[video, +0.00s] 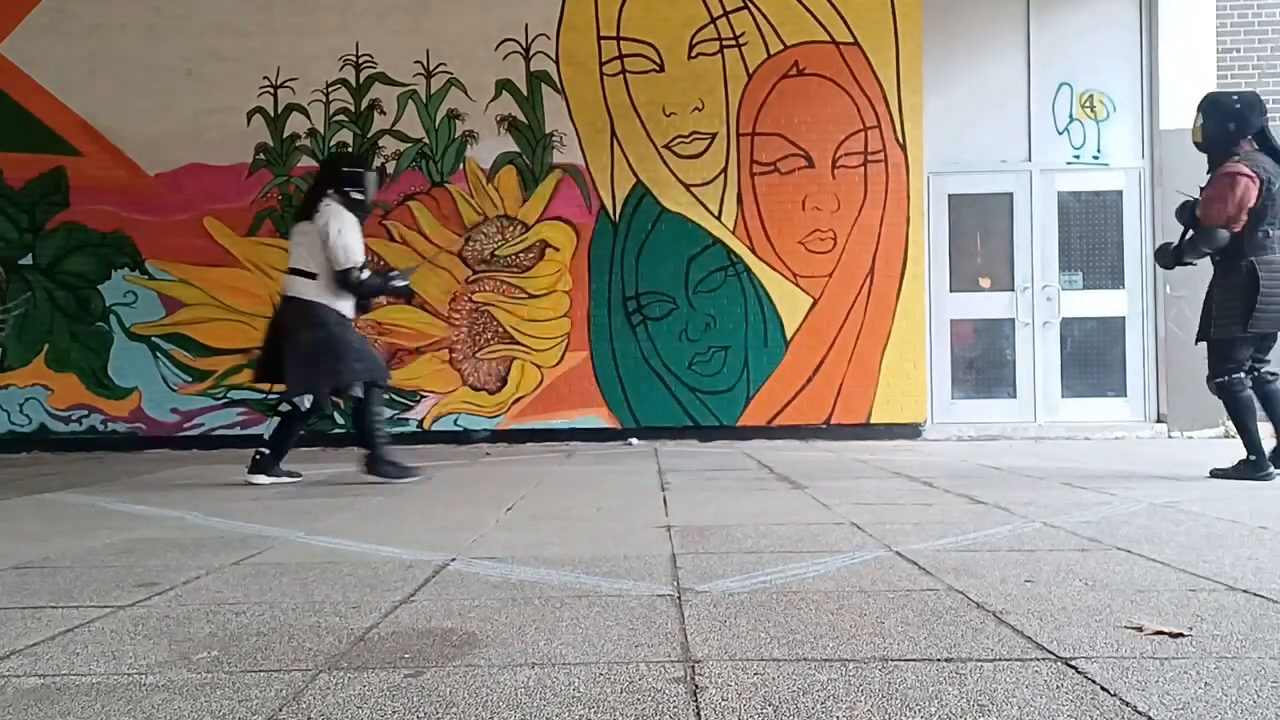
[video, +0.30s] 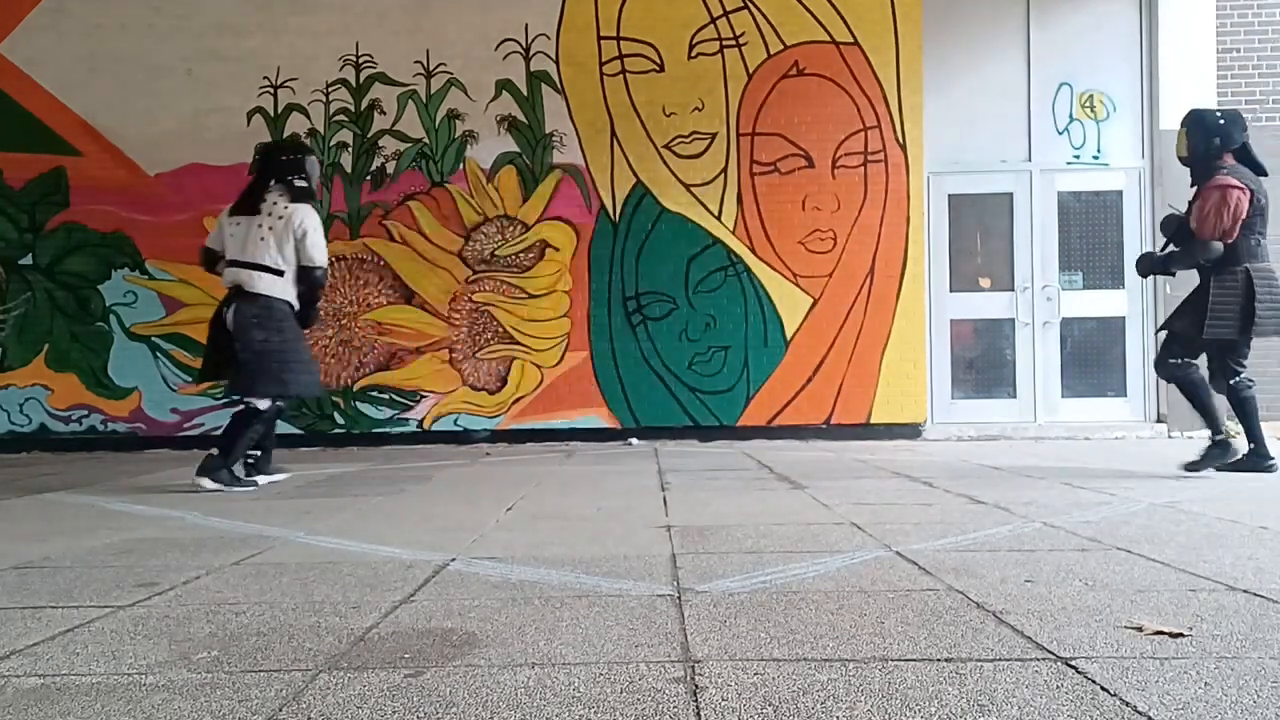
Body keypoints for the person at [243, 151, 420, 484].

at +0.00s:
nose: (368, 193)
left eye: (368, 184)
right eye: (364, 184)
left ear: (330, 185)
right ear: (347, 186)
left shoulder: (308, 220)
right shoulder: (340, 219)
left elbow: (321, 284)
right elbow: (353, 278)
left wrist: (367, 289)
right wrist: (390, 284)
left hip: (293, 318)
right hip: (320, 321)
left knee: (308, 395)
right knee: (372, 374)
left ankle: (266, 462)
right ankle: (378, 457)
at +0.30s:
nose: (315, 179)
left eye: (315, 172)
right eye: (312, 171)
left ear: (266, 171)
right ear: (300, 173)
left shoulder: (240, 206)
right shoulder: (302, 214)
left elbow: (210, 258)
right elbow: (314, 276)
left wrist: (246, 275)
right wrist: (305, 314)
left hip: (234, 308)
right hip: (269, 311)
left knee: (268, 385)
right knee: (265, 394)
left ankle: (259, 462)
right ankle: (219, 466)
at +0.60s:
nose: (278, 176)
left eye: (276, 168)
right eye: (272, 169)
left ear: (228, 172)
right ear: (259, 173)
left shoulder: (206, 209)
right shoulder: (264, 216)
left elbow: (179, 265)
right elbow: (275, 281)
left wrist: (214, 281)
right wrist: (289, 300)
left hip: (197, 315)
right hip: (238, 317)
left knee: (201, 394)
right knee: (272, 393)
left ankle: (165, 466)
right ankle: (219, 466)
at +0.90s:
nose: (276, 196)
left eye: (275, 188)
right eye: (272, 189)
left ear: (229, 193)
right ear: (257, 194)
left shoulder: (202, 229)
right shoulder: (261, 235)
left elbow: (171, 280)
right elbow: (272, 300)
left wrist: (206, 298)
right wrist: (276, 343)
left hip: (197, 328)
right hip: (236, 330)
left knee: (204, 405)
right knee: (310, 372)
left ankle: (163, 471)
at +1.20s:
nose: (346, 191)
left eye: (341, 183)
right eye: (339, 184)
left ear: (298, 193)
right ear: (326, 192)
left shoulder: (278, 233)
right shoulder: (331, 233)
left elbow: (260, 290)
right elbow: (343, 294)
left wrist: (302, 291)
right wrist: (363, 309)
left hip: (281, 332)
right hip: (321, 333)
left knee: (243, 405)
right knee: (384, 379)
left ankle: (183, 464)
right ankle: (389, 465)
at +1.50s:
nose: (416, 179)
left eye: (412, 170)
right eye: (409, 171)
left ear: (365, 178)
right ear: (395, 178)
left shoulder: (344, 220)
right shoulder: (402, 219)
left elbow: (333, 281)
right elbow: (418, 284)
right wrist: (434, 295)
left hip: (346, 318)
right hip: (388, 317)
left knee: (375, 391)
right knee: (458, 370)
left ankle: (361, 467)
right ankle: (417, 447)